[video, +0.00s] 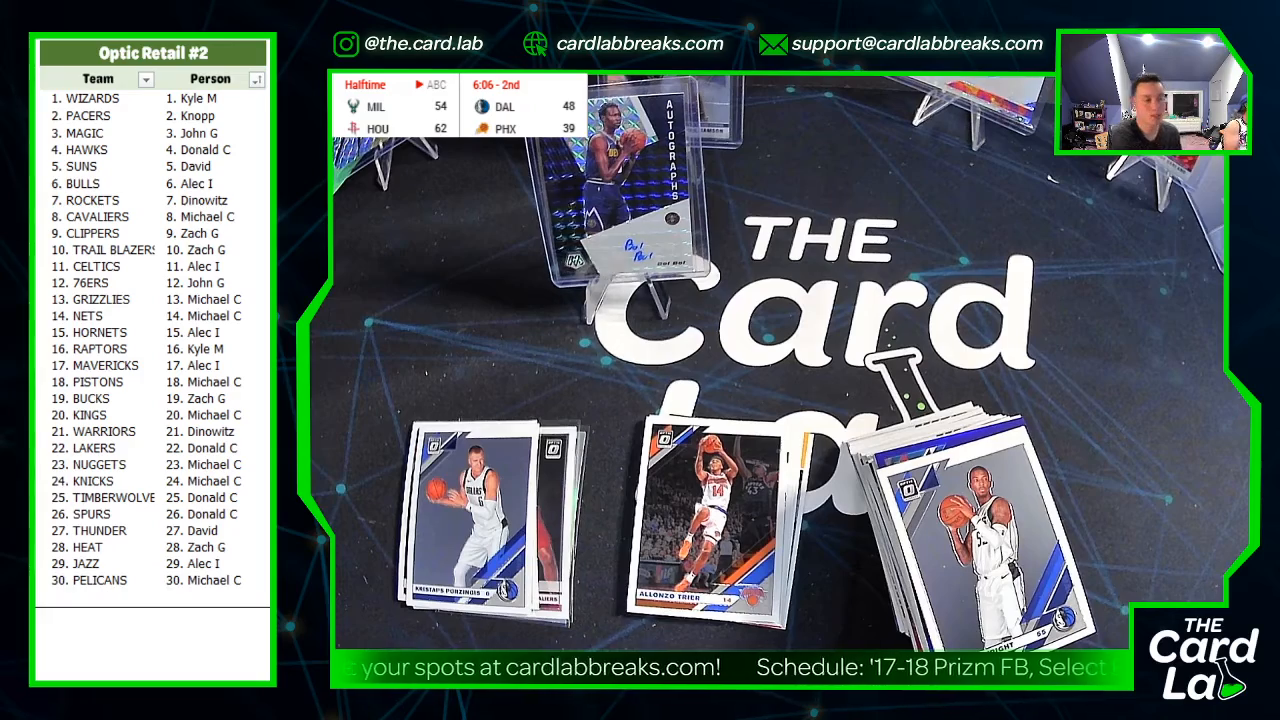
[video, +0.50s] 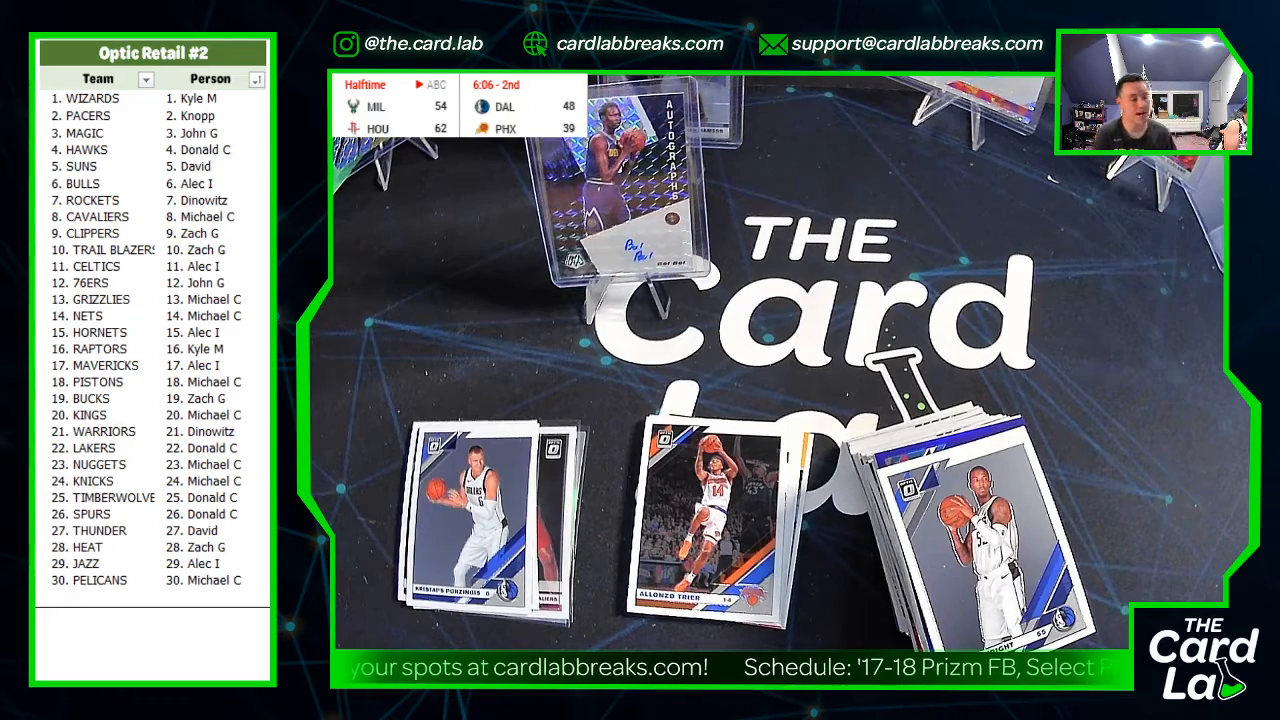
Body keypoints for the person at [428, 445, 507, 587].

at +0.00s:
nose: (479, 464)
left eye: (481, 460)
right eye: (475, 460)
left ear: (484, 460)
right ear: (469, 461)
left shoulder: (491, 476)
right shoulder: (464, 476)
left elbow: (488, 512)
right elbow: (464, 503)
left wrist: (466, 504)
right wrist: (439, 500)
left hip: (496, 531)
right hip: (478, 531)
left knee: (494, 572)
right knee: (459, 571)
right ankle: (461, 606)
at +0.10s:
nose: (479, 464)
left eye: (481, 460)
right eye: (475, 460)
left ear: (484, 460)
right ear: (469, 461)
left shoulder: (491, 476)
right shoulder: (464, 476)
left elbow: (488, 512)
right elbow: (464, 503)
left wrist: (466, 504)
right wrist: (439, 500)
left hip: (496, 531)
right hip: (478, 531)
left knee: (494, 572)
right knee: (459, 571)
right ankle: (461, 606)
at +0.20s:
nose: (479, 464)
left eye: (481, 460)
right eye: (475, 460)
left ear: (484, 460)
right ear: (469, 461)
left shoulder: (491, 476)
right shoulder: (464, 476)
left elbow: (488, 512)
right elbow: (464, 503)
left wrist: (466, 504)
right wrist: (439, 500)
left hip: (496, 531)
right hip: (478, 531)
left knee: (494, 572)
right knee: (459, 571)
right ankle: (461, 606)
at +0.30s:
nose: (479, 464)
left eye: (481, 460)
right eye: (475, 460)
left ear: (484, 460)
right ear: (469, 461)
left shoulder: (491, 476)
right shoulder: (464, 476)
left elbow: (488, 512)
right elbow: (464, 503)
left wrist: (466, 504)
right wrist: (439, 500)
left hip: (496, 531)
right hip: (478, 531)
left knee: (494, 573)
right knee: (459, 571)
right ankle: (460, 606)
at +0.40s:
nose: (479, 463)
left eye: (481, 460)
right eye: (475, 460)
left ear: (484, 460)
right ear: (469, 461)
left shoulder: (491, 477)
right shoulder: (464, 476)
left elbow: (488, 512)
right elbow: (463, 503)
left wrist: (466, 504)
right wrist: (439, 500)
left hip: (496, 531)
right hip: (478, 531)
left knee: (495, 572)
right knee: (459, 571)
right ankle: (460, 605)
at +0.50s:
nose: (479, 463)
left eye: (481, 460)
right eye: (475, 460)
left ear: (484, 460)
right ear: (469, 461)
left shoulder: (491, 477)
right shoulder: (464, 476)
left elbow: (488, 512)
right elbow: (464, 503)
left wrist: (466, 504)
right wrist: (439, 500)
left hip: (496, 531)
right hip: (478, 531)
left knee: (495, 572)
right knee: (459, 571)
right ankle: (461, 606)